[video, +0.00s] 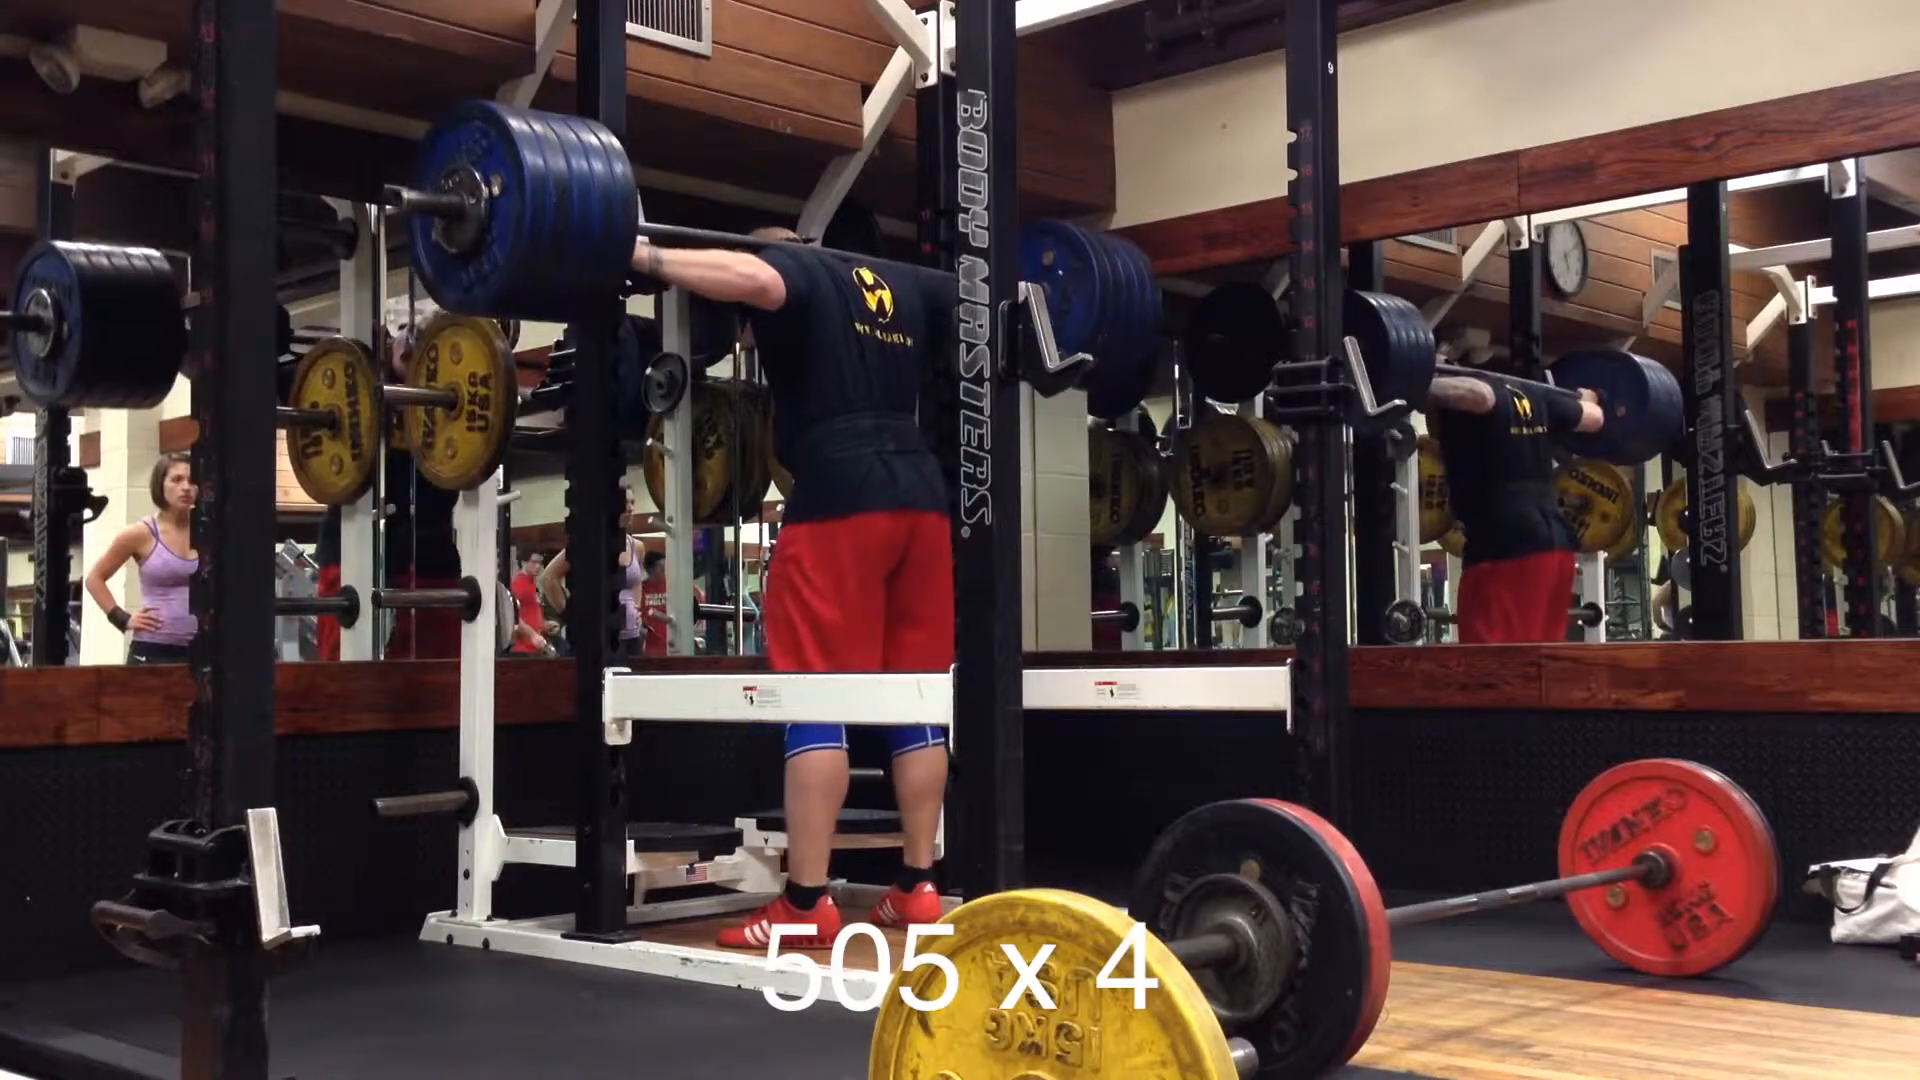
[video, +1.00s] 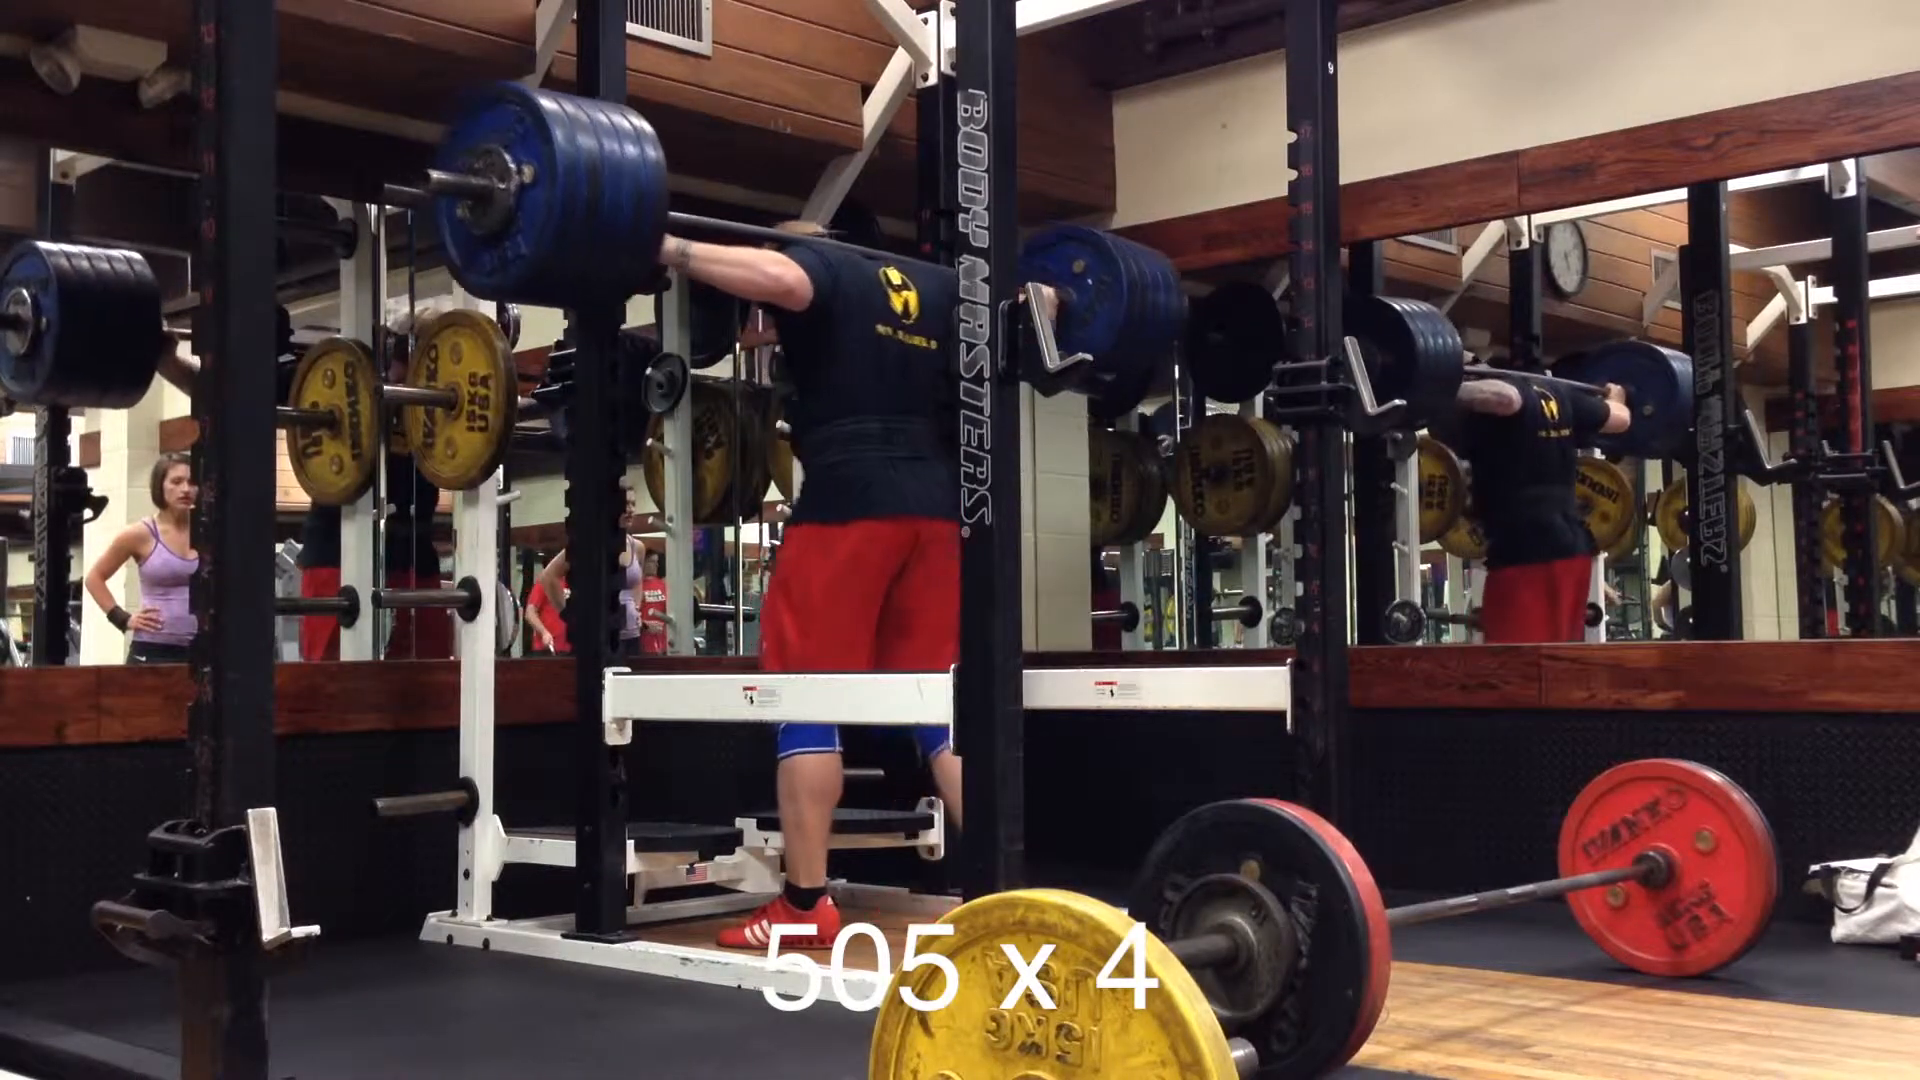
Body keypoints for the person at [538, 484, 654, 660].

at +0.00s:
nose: (629, 509)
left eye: (631, 503)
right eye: (623, 503)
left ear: (634, 506)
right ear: (610, 507)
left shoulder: (637, 546)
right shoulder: (588, 543)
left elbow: (637, 581)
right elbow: (548, 578)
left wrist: (637, 609)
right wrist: (567, 612)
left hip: (631, 630)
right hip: (596, 632)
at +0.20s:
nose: (628, 509)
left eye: (631, 503)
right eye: (622, 503)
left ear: (634, 507)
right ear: (609, 507)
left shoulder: (636, 546)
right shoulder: (589, 543)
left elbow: (637, 580)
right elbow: (548, 576)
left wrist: (636, 608)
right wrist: (565, 612)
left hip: (630, 629)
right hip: (596, 631)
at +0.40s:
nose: (628, 509)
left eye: (631, 504)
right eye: (623, 503)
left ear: (635, 507)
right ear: (609, 507)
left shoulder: (636, 546)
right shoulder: (589, 542)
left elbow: (636, 582)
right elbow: (548, 576)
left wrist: (636, 610)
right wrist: (566, 611)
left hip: (630, 629)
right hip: (597, 631)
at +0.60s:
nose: (628, 510)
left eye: (631, 504)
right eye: (623, 504)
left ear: (635, 508)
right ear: (610, 507)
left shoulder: (636, 546)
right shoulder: (588, 543)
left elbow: (637, 581)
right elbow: (548, 576)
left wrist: (636, 608)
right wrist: (565, 611)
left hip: (631, 630)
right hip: (598, 631)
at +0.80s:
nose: (629, 510)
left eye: (632, 504)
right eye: (624, 504)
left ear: (635, 508)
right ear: (609, 507)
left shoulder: (636, 546)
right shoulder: (589, 543)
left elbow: (637, 581)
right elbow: (548, 577)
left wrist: (637, 607)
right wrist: (567, 611)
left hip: (630, 630)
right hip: (597, 631)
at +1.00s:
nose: (629, 510)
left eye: (632, 504)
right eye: (624, 504)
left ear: (635, 507)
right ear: (609, 506)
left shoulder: (637, 547)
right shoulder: (590, 543)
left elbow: (637, 581)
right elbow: (548, 577)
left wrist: (635, 608)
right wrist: (567, 611)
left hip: (630, 629)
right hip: (597, 630)